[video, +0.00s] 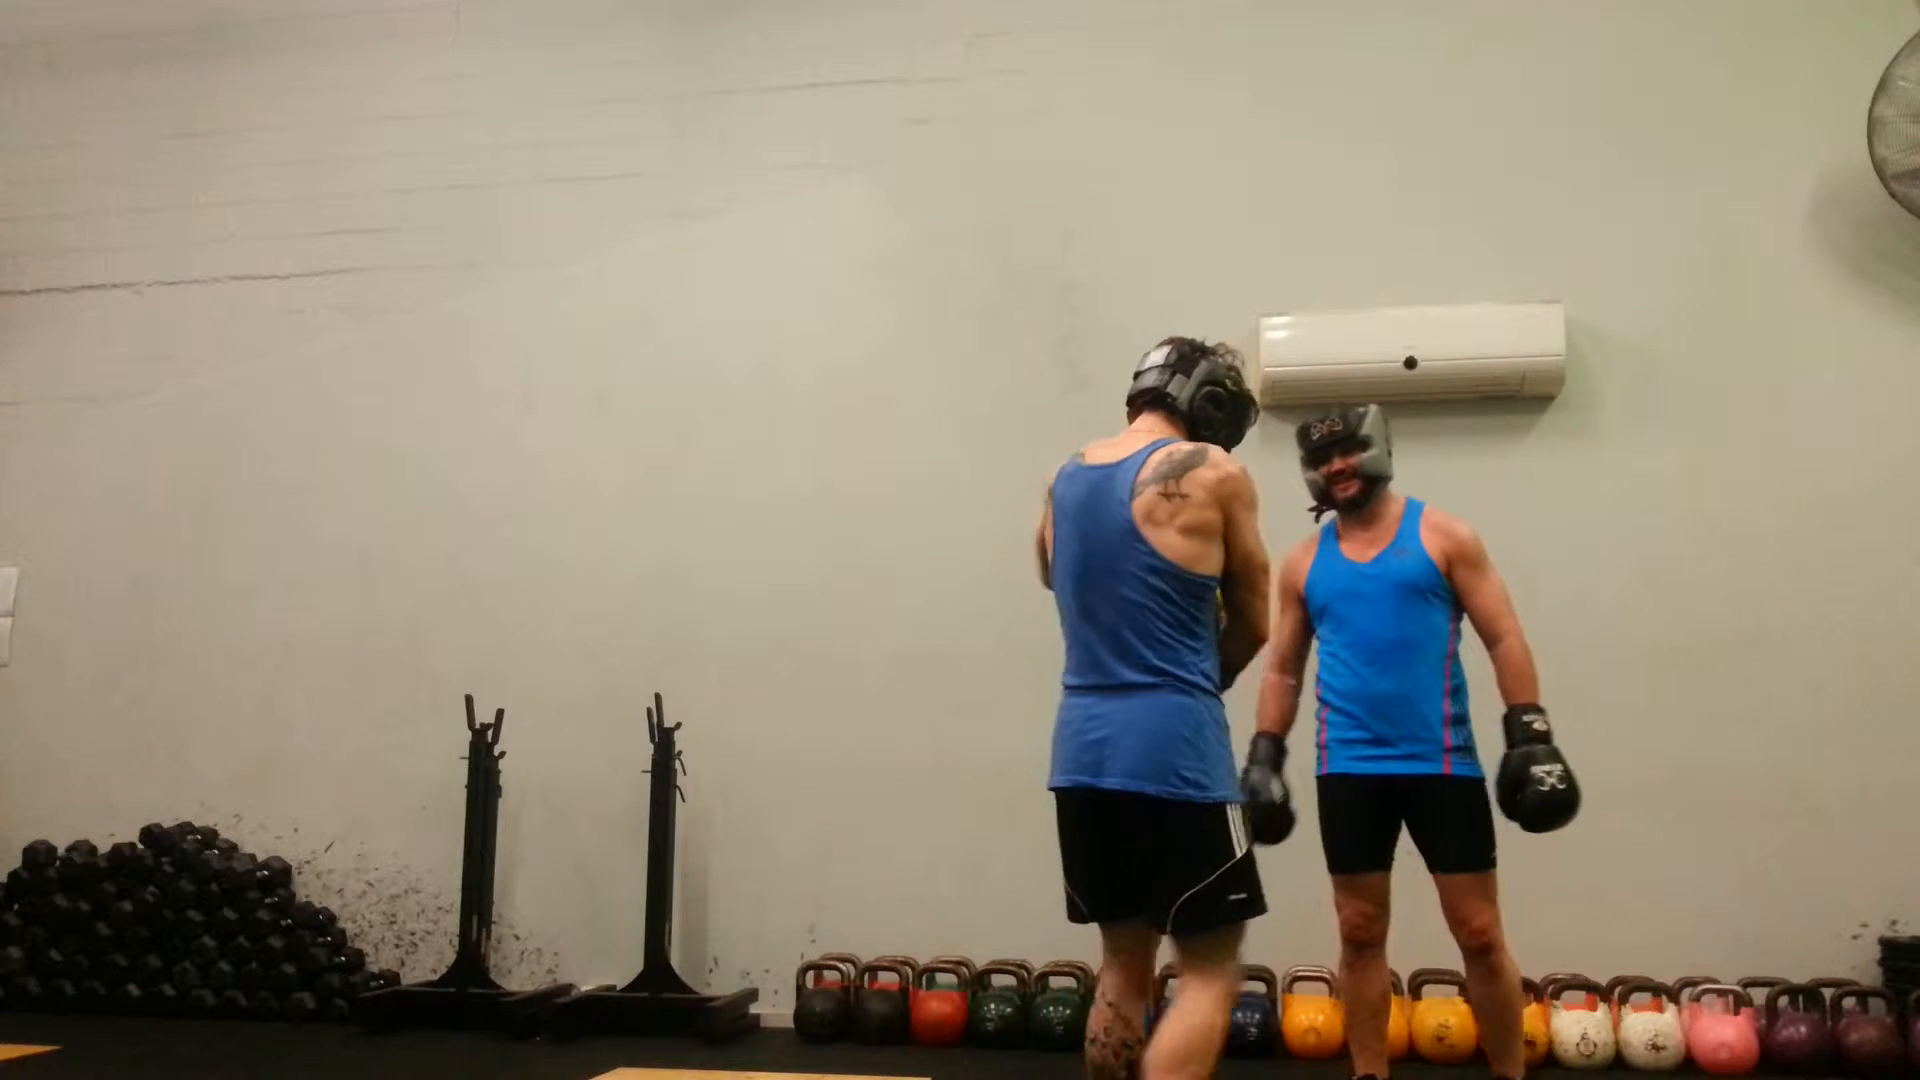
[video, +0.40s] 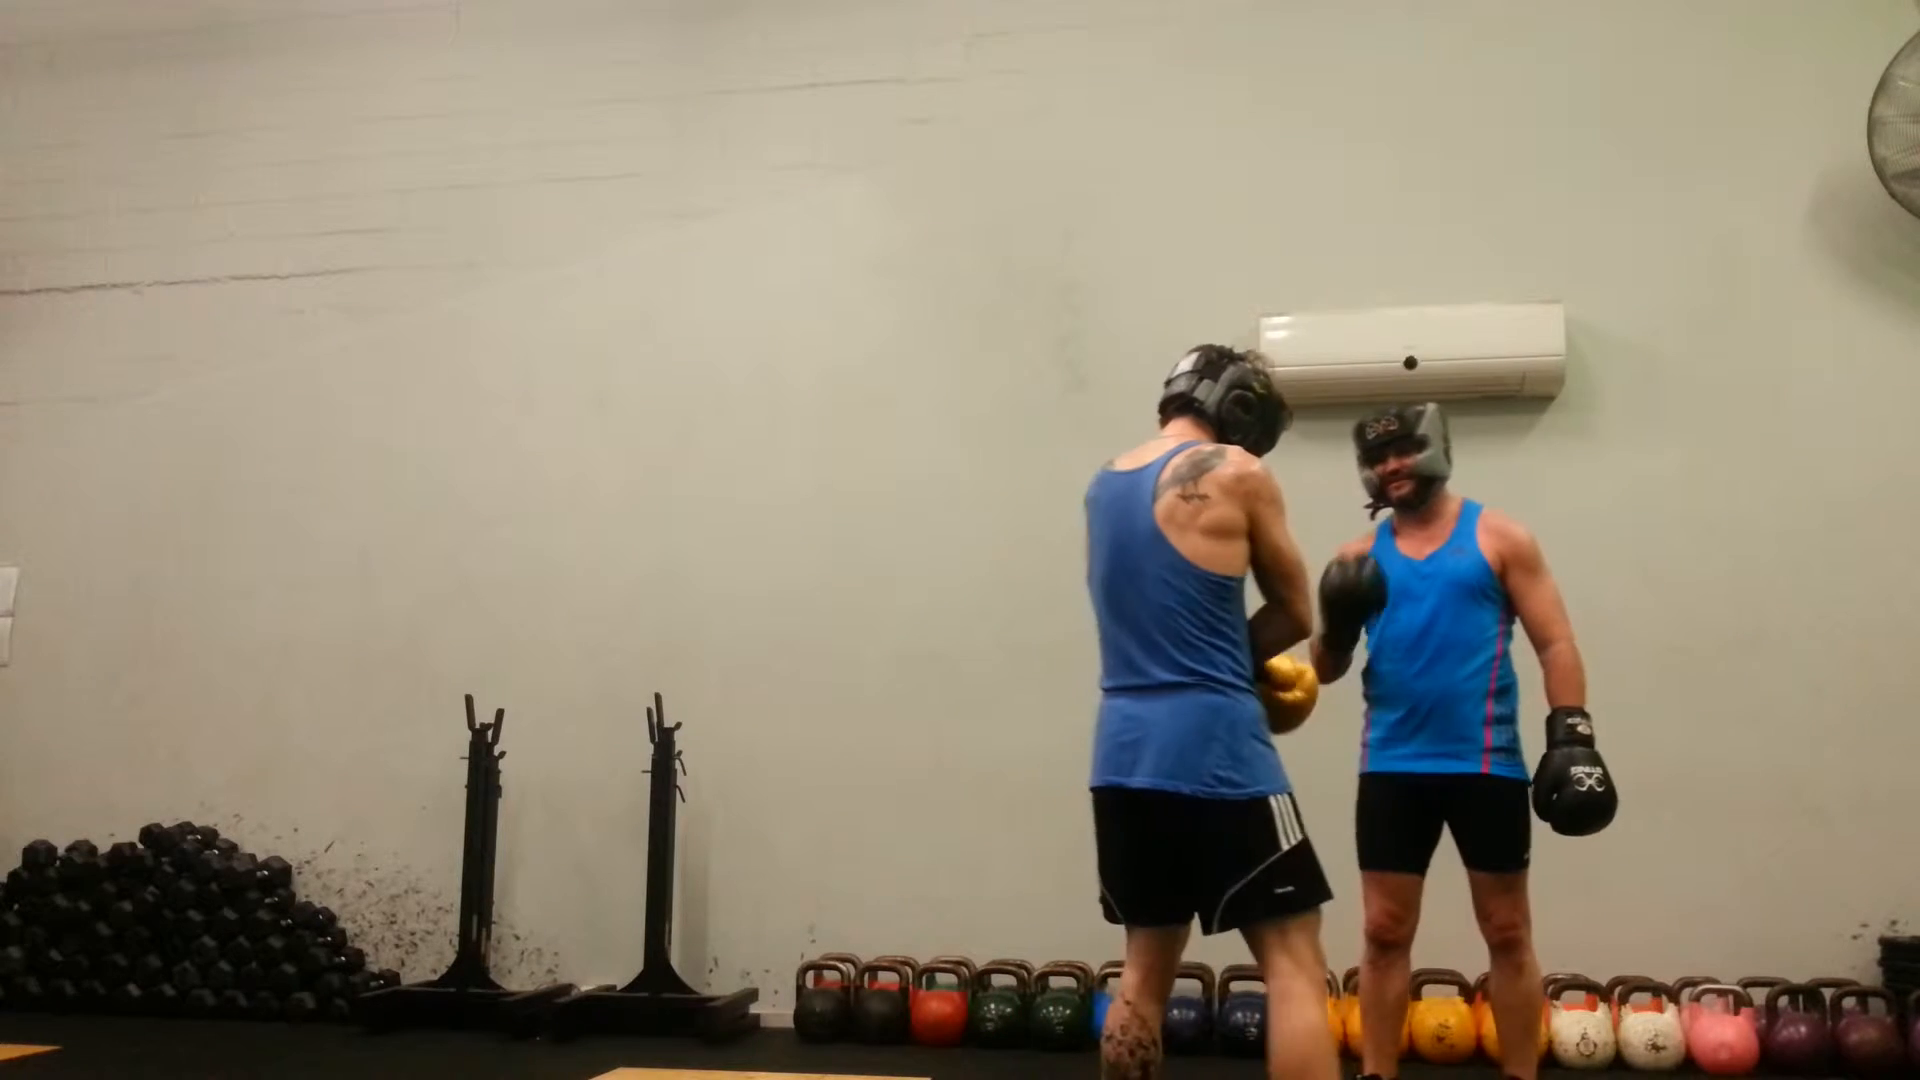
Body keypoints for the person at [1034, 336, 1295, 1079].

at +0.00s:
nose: (1227, 437)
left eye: (1229, 425)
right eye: (1226, 422)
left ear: (1138, 398)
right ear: (1205, 404)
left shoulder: (1069, 472)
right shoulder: (1216, 471)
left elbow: (1055, 573)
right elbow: (1253, 622)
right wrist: (1186, 687)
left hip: (1082, 762)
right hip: (1177, 765)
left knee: (1122, 962)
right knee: (1209, 972)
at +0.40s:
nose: (1254, 442)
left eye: (1259, 433)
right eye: (1256, 428)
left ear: (1170, 404)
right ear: (1235, 410)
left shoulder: (1107, 478)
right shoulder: (1240, 472)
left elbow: (1147, 621)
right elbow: (1295, 614)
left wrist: (1243, 669)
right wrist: (1208, 657)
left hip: (1124, 764)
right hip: (1221, 763)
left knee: (1145, 964)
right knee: (1294, 967)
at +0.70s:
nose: (1348, 395)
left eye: (1341, 382)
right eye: (1341, 383)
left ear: (1248, 388)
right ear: (1325, 391)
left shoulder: (1200, 468)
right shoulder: (1339, 476)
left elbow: (1239, 591)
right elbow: (1379, 604)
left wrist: (1342, 624)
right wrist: (1313, 638)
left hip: (1200, 756)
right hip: (1301, 760)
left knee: (1189, 956)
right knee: (1334, 973)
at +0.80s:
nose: (1381, 391)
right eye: (1374, 378)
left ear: (1276, 383)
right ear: (1359, 387)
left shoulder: (1229, 465)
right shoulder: (1380, 477)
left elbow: (1196, 577)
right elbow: (1403, 606)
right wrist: (1302, 633)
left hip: (1221, 755)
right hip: (1327, 759)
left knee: (1190, 960)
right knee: (1344, 983)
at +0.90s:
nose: (1406, 388)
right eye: (1401, 376)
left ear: (1302, 381)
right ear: (1388, 388)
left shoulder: (1247, 462)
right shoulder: (1412, 478)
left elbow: (1203, 571)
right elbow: (1417, 609)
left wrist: (1280, 624)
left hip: (1235, 756)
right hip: (1346, 762)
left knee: (1201, 965)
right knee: (1353, 989)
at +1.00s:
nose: (1419, 385)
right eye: (1416, 374)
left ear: (1318, 375)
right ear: (1406, 384)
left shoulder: (1258, 456)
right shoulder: (1430, 476)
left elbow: (1211, 562)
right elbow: (1431, 601)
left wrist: (1285, 621)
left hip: (1251, 758)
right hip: (1364, 762)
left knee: (1216, 975)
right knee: (1363, 985)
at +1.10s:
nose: (1423, 380)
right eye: (1420, 370)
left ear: (1324, 374)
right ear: (1413, 382)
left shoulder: (1266, 455)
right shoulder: (1443, 476)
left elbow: (1215, 554)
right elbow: (1434, 583)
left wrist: (1287, 612)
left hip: (1264, 761)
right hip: (1379, 765)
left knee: (1237, 979)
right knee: (1374, 993)